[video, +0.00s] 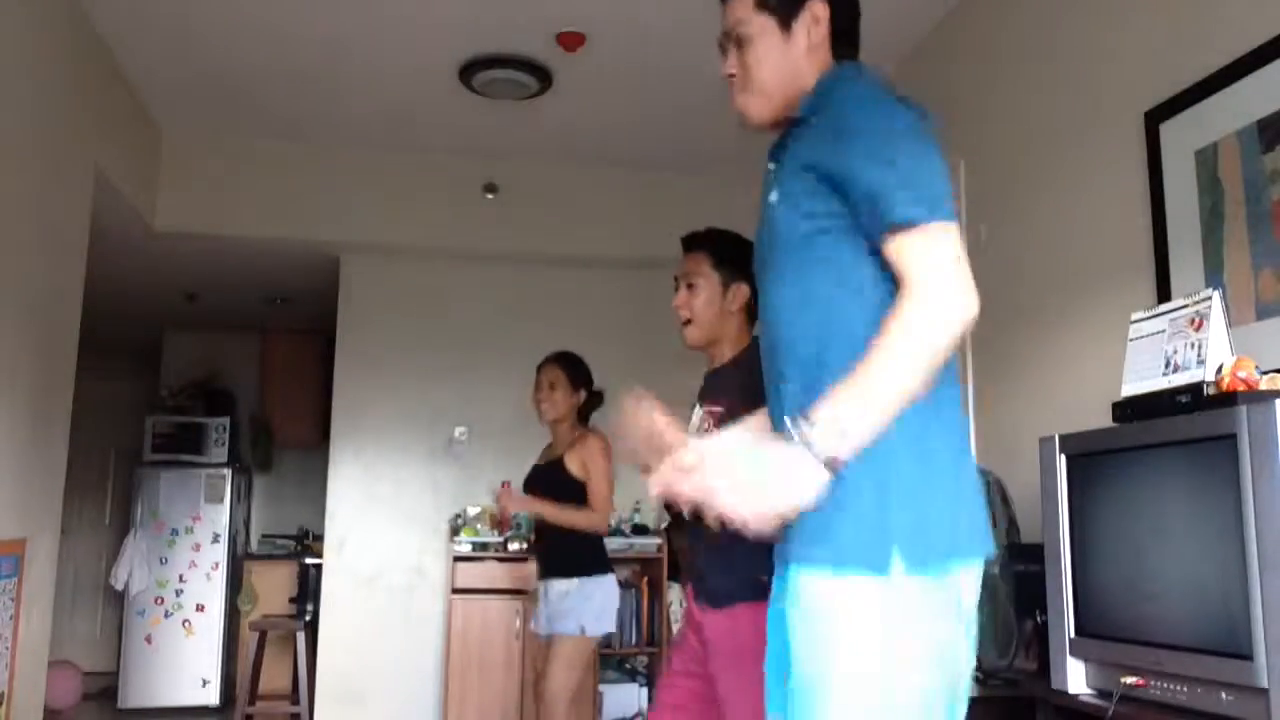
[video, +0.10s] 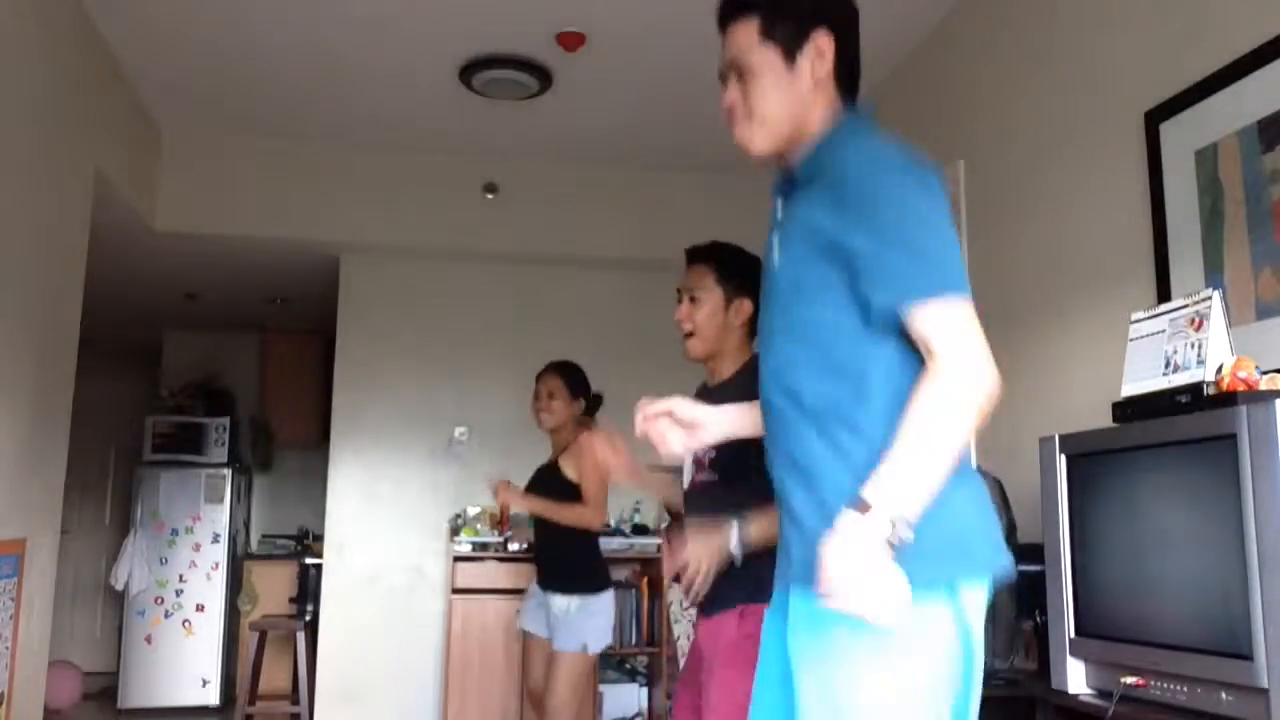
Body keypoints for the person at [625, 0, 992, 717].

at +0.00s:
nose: (726, 66)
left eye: (738, 40)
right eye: (725, 47)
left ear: (811, 25)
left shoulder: (855, 110)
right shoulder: (796, 153)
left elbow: (945, 293)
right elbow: (834, 370)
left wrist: (810, 452)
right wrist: (728, 453)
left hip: (887, 550)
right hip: (828, 546)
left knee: (871, 707)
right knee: (810, 708)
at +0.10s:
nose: (726, 100)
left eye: (741, 72)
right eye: (724, 79)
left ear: (817, 58)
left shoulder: (872, 174)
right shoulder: (801, 193)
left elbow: (967, 370)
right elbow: (840, 390)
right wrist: (717, 422)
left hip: (898, 582)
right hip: (816, 572)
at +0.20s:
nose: (722, 143)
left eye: (737, 116)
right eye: (723, 122)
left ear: (814, 104)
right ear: (812, 107)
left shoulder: (888, 242)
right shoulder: (796, 250)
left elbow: (1005, 421)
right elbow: (840, 422)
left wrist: (871, 513)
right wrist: (746, 445)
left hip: (905, 649)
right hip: (820, 636)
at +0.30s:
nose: (714, 125)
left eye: (726, 99)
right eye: (714, 106)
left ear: (801, 83)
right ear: (797, 85)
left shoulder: (890, 195)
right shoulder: (781, 246)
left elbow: (1012, 373)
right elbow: (823, 423)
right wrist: (726, 483)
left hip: (910, 633)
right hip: (807, 619)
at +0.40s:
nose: (703, 99)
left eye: (714, 72)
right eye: (700, 79)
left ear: (785, 54)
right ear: (781, 59)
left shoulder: (843, 116)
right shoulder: (781, 201)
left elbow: (985, 274)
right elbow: (823, 402)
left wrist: (839, 416)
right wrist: (703, 403)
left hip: (903, 573)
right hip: (800, 566)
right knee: (750, 709)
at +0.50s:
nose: (704, 115)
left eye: (716, 89)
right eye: (702, 97)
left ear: (785, 71)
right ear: (780, 76)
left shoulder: (842, 129)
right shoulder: (785, 187)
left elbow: (968, 303)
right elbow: (830, 397)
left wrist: (860, 477)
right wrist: (723, 405)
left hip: (890, 562)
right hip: (798, 553)